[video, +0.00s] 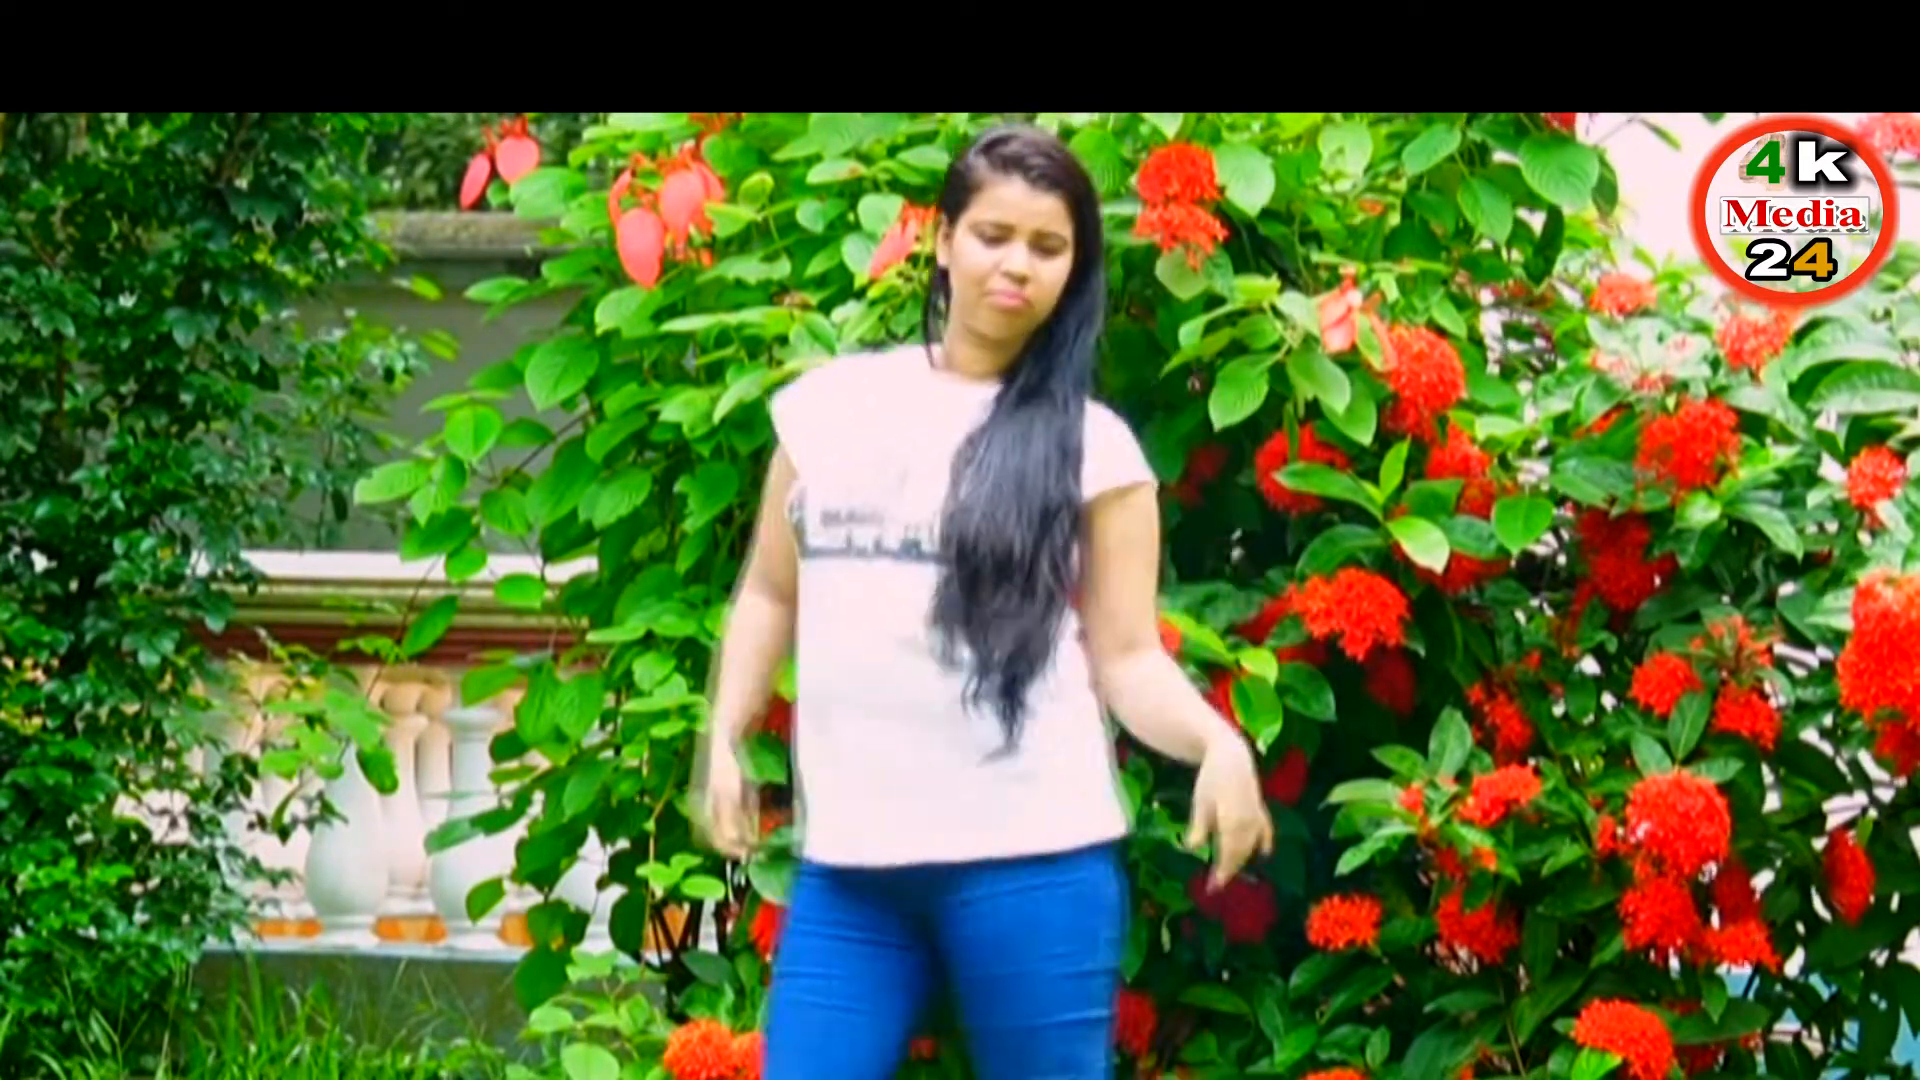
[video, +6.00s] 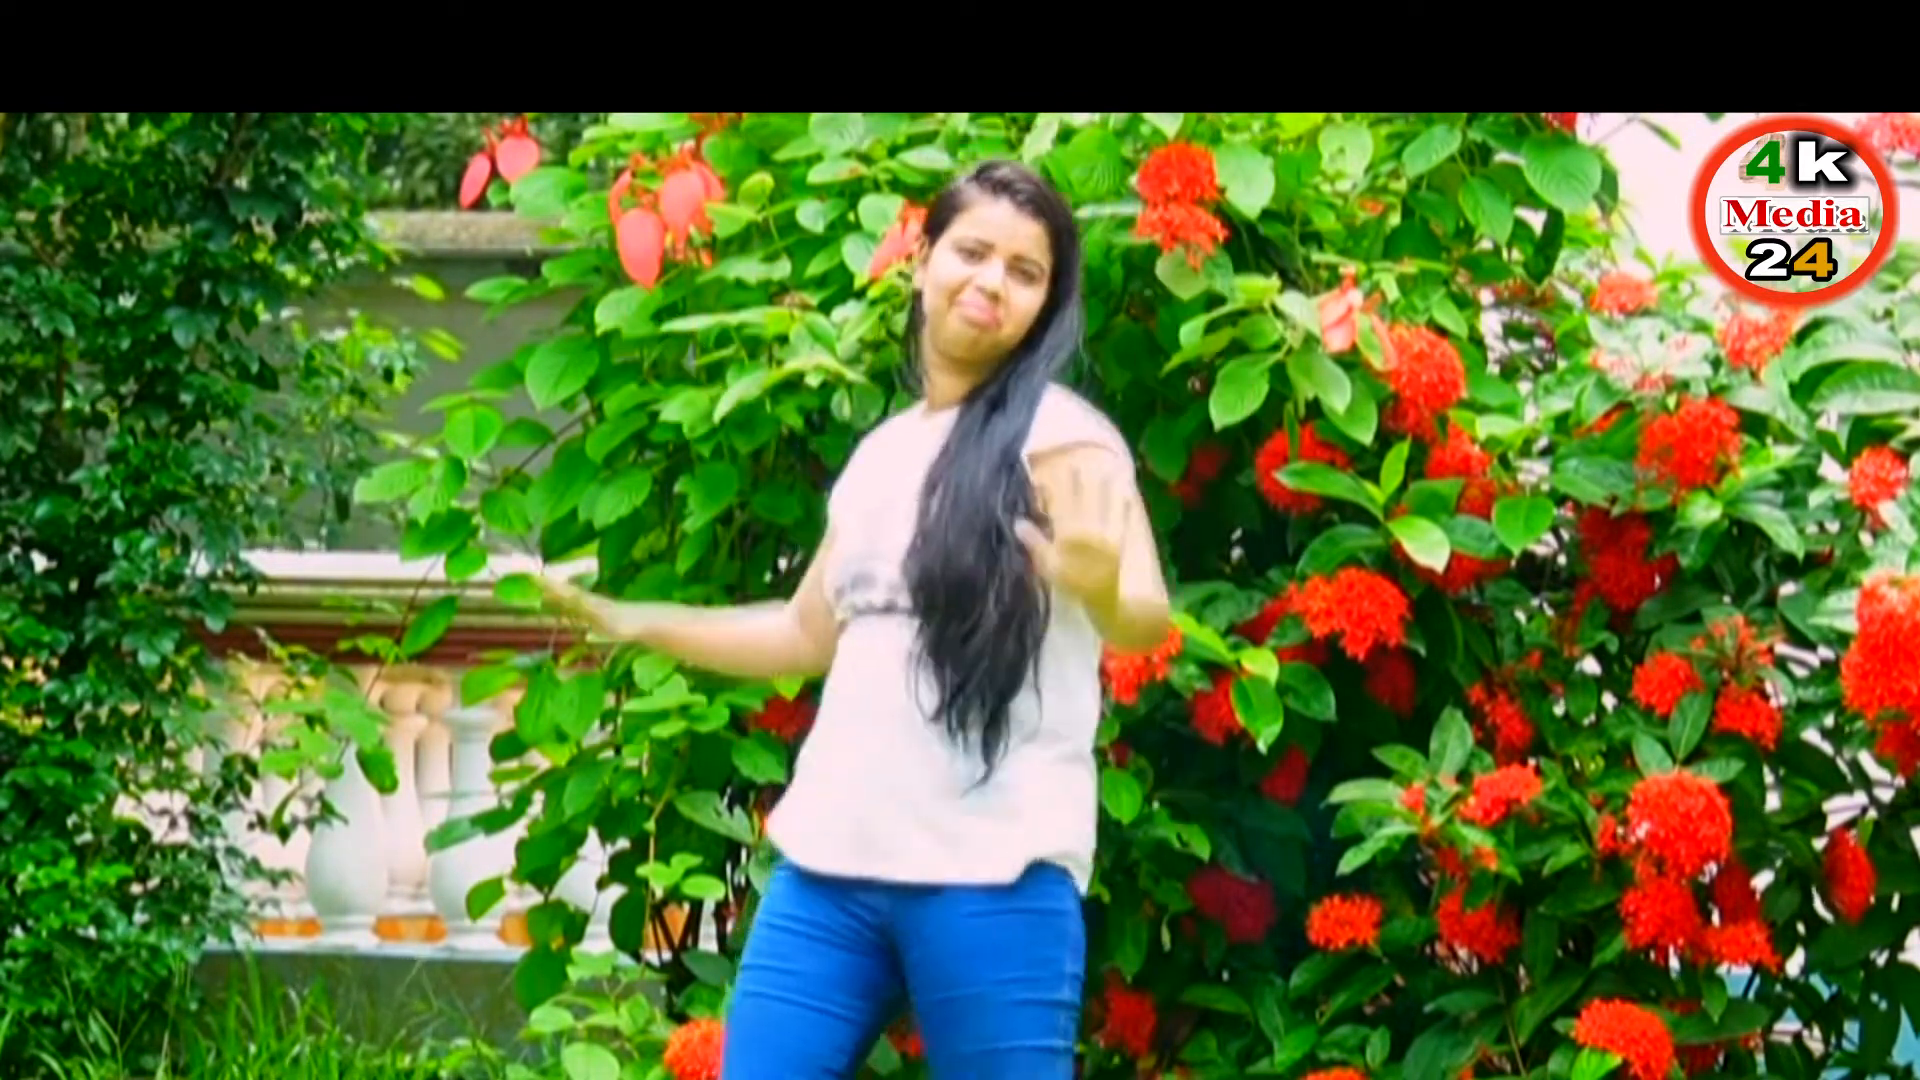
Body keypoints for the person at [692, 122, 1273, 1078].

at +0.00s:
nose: (1017, 267)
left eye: (1047, 247)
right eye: (994, 237)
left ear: (1077, 270)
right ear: (944, 241)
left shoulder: (1094, 443)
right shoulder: (825, 406)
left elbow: (1127, 651)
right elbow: (768, 591)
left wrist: (1217, 741)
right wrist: (724, 738)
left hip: (1034, 872)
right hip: (848, 869)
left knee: (1054, 1069)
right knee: (798, 1067)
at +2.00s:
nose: (1102, 304)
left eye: (1134, 286)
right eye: (1082, 274)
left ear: (1166, 314)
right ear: (1043, 285)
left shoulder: (1163, 455)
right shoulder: (1002, 476)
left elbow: (1238, 665)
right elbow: (919, 663)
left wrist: (1233, 733)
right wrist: (740, 691)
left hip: (1093, 880)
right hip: (947, 867)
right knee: (825, 1068)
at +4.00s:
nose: (1063, 283)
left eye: (1095, 263)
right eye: (1041, 251)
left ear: (1124, 289)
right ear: (991, 258)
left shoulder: (1122, 417)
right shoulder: (932, 430)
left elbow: (1207, 469)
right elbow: (809, 483)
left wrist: (1231, 267)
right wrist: (762, 306)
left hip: (1066, 871)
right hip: (910, 869)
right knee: (814, 1069)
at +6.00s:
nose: (989, 283)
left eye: (1023, 271)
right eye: (972, 251)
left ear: (1047, 304)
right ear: (923, 261)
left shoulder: (1067, 433)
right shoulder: (879, 452)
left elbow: (1148, 627)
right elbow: (804, 634)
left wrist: (1102, 593)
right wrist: (631, 622)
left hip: (995, 878)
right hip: (825, 865)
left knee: (1008, 1067)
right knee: (758, 1065)